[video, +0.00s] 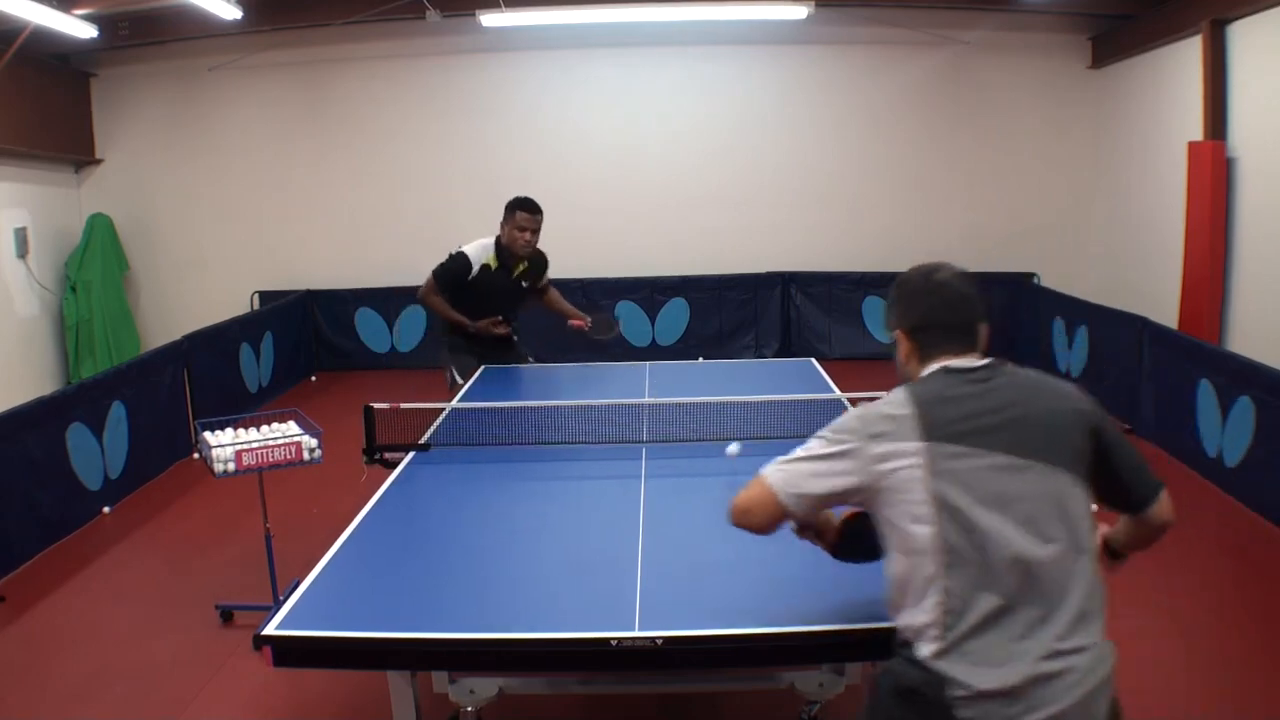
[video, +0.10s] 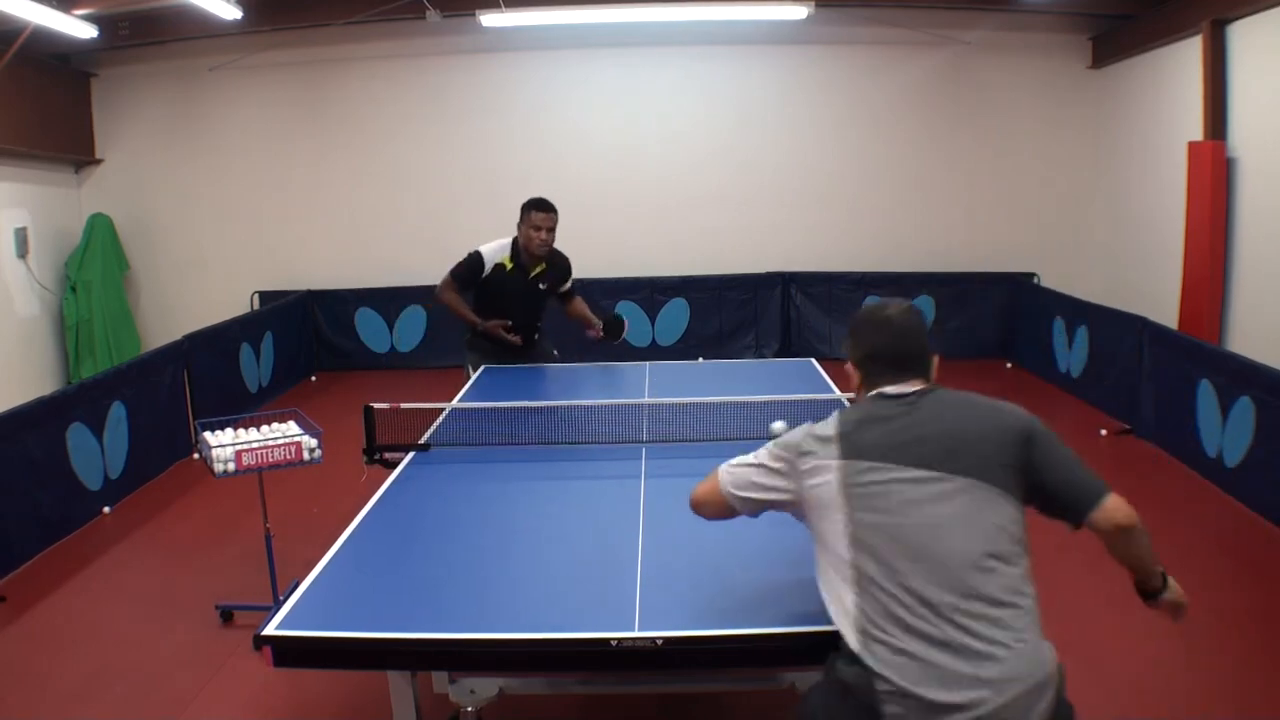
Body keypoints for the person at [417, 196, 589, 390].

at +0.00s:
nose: (529, 238)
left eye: (535, 232)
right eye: (521, 230)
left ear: (540, 233)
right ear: (503, 228)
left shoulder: (537, 262)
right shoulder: (470, 258)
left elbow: (543, 290)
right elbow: (427, 295)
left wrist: (576, 315)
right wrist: (472, 326)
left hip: (504, 339)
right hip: (463, 342)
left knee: (534, 386)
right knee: (476, 402)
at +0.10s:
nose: (544, 237)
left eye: (550, 230)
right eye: (536, 229)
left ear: (556, 232)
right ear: (520, 229)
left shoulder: (558, 264)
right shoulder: (489, 257)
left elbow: (568, 297)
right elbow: (445, 291)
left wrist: (592, 321)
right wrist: (480, 325)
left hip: (532, 349)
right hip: (489, 350)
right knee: (490, 419)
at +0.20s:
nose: (560, 226)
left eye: (566, 220)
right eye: (553, 218)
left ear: (571, 222)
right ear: (536, 216)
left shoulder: (571, 255)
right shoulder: (503, 246)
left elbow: (577, 292)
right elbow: (460, 280)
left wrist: (601, 320)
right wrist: (498, 312)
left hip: (544, 339)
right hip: (500, 339)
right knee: (499, 408)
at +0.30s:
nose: (573, 223)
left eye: (579, 217)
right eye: (566, 214)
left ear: (584, 219)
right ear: (549, 212)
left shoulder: (577, 254)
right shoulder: (513, 242)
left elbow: (579, 294)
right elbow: (474, 279)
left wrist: (608, 324)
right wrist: (518, 307)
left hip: (545, 336)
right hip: (502, 336)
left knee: (587, 380)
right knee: (501, 400)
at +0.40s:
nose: (588, 237)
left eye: (593, 231)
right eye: (582, 228)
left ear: (597, 234)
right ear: (564, 226)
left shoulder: (582, 272)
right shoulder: (529, 254)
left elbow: (581, 314)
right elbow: (496, 296)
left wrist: (619, 345)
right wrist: (542, 317)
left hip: (548, 351)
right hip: (507, 352)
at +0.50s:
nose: (607, 258)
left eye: (613, 254)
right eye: (601, 250)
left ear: (616, 256)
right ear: (583, 247)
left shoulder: (591, 287)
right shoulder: (556, 272)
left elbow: (583, 338)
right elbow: (530, 317)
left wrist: (603, 370)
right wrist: (575, 337)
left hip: (554, 362)